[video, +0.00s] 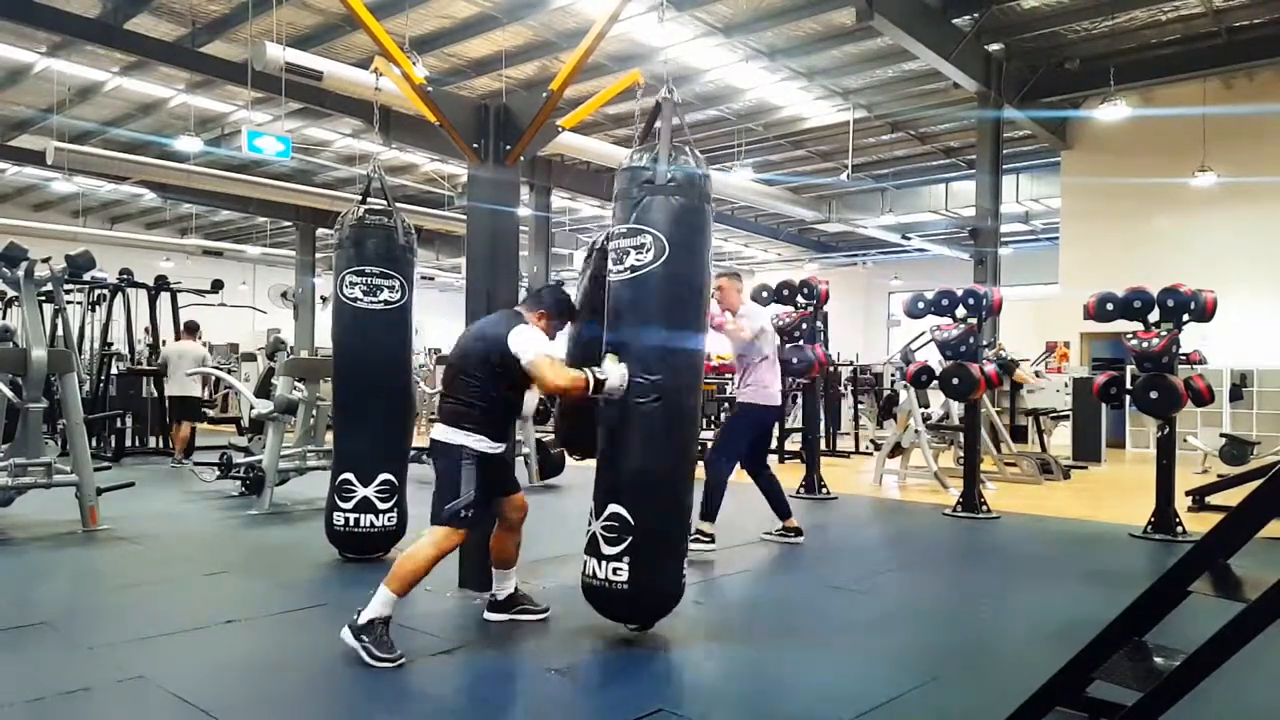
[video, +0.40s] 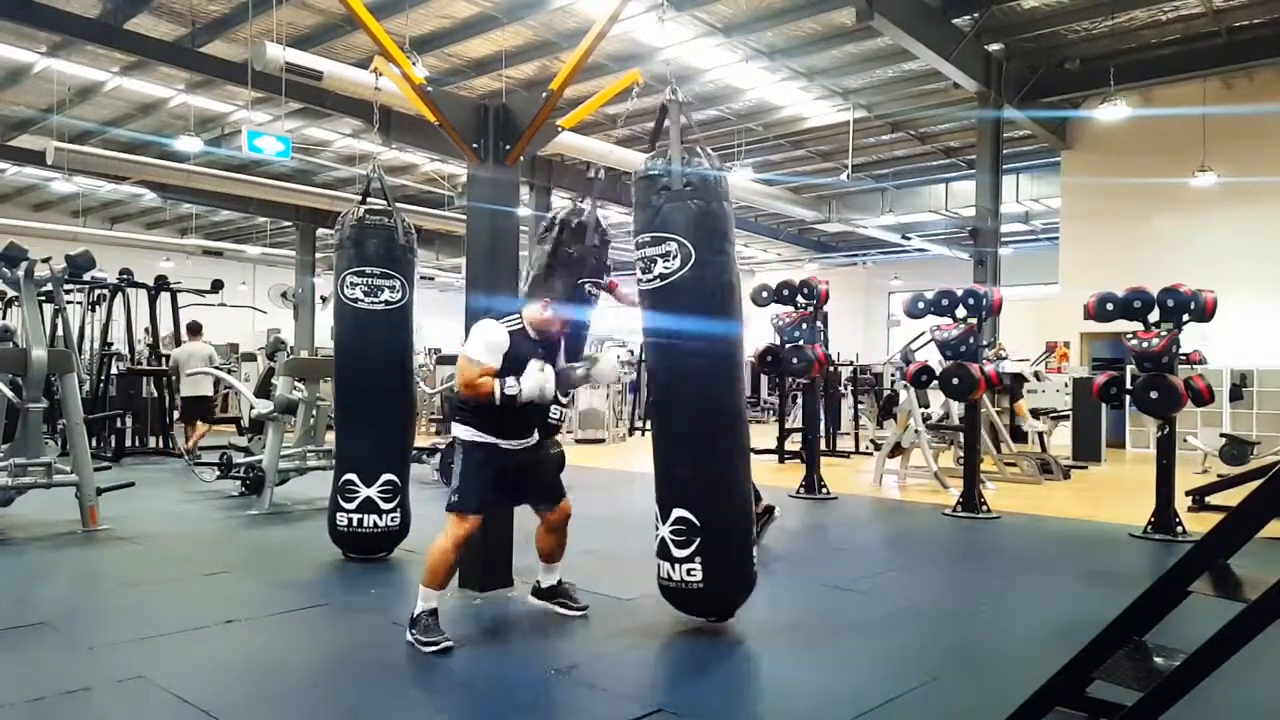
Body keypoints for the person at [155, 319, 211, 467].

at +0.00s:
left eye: (183, 331)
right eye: (197, 334)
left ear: (183, 331)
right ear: (197, 334)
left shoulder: (169, 348)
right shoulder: (201, 351)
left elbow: (161, 366)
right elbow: (208, 372)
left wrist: (169, 374)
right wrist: (206, 387)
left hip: (173, 391)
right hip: (192, 391)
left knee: (175, 423)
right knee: (187, 424)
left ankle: (178, 454)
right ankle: (178, 456)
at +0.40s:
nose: (191, 335)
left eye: (188, 332)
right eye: (199, 332)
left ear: (187, 333)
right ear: (201, 333)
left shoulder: (178, 351)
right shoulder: (208, 349)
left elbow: (171, 370)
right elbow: (216, 367)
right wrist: (211, 381)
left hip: (187, 392)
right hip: (205, 391)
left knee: (189, 424)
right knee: (206, 423)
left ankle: (193, 451)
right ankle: (189, 445)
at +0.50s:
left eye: (191, 332)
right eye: (201, 333)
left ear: (188, 333)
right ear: (203, 333)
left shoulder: (179, 352)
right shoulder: (210, 349)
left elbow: (175, 373)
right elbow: (219, 369)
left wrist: (178, 389)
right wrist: (219, 386)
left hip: (188, 392)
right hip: (206, 392)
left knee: (191, 423)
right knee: (212, 421)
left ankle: (194, 450)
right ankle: (196, 444)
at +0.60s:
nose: (199, 335)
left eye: (194, 333)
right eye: (203, 333)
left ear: (191, 333)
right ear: (206, 333)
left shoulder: (182, 352)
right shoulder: (213, 349)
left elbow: (177, 374)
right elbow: (221, 370)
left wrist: (180, 392)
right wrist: (221, 388)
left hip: (190, 393)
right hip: (210, 392)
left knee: (193, 423)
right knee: (216, 423)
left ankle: (195, 452)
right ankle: (212, 448)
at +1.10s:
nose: (212, 337)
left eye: (212, 335)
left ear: (212, 335)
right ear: (226, 336)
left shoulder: (204, 350)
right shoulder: (232, 351)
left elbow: (195, 366)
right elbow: (241, 371)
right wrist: (243, 386)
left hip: (208, 392)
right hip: (227, 392)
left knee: (208, 422)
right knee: (227, 422)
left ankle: (206, 443)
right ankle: (225, 450)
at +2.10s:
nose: (203, 342)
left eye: (204, 340)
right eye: (204, 340)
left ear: (207, 340)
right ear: (216, 340)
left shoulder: (201, 351)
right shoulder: (227, 353)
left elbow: (188, 366)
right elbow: (233, 372)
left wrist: (177, 373)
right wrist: (232, 385)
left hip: (207, 391)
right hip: (224, 390)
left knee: (202, 419)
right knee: (222, 420)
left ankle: (210, 442)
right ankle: (220, 447)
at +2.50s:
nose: (186, 355)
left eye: (186, 353)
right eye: (186, 353)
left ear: (188, 351)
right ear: (197, 347)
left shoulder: (188, 357)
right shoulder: (212, 353)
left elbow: (176, 369)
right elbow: (222, 365)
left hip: (202, 389)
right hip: (219, 386)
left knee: (197, 420)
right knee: (220, 419)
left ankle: (197, 446)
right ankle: (219, 445)